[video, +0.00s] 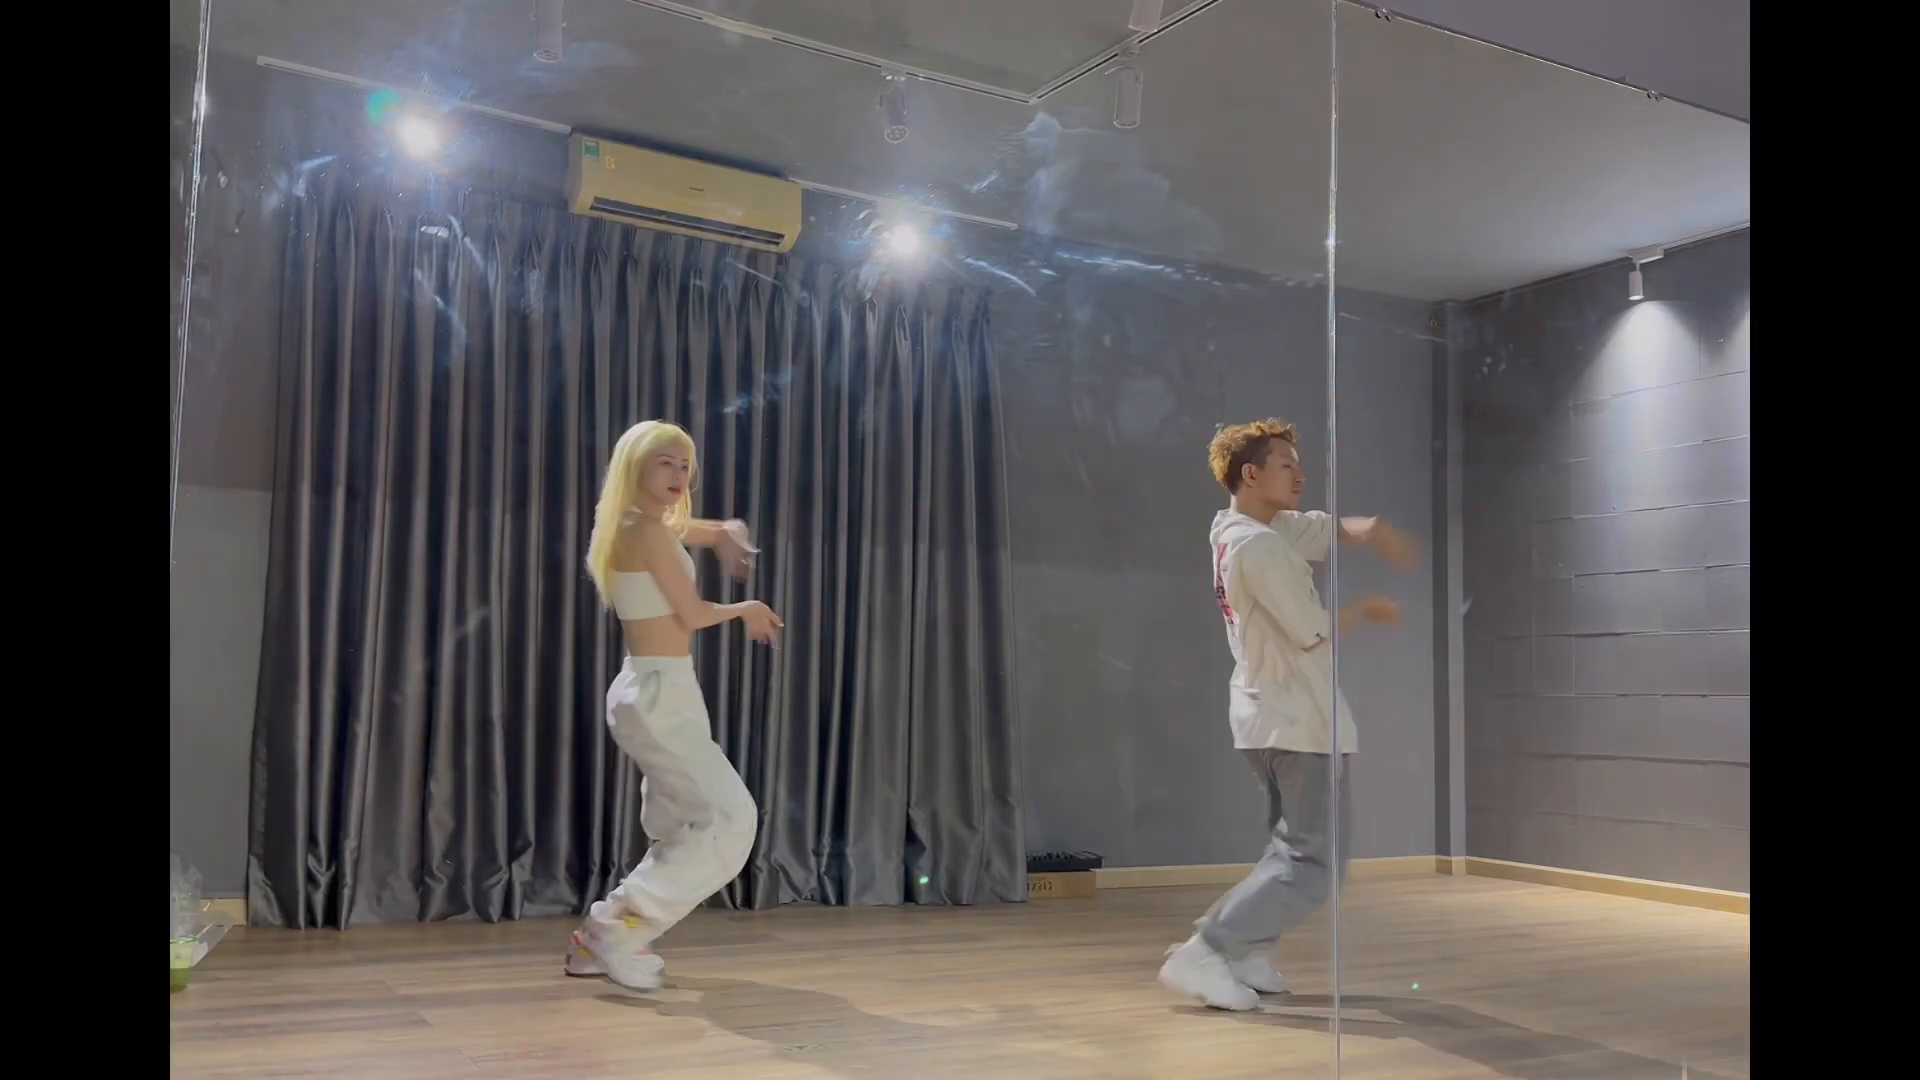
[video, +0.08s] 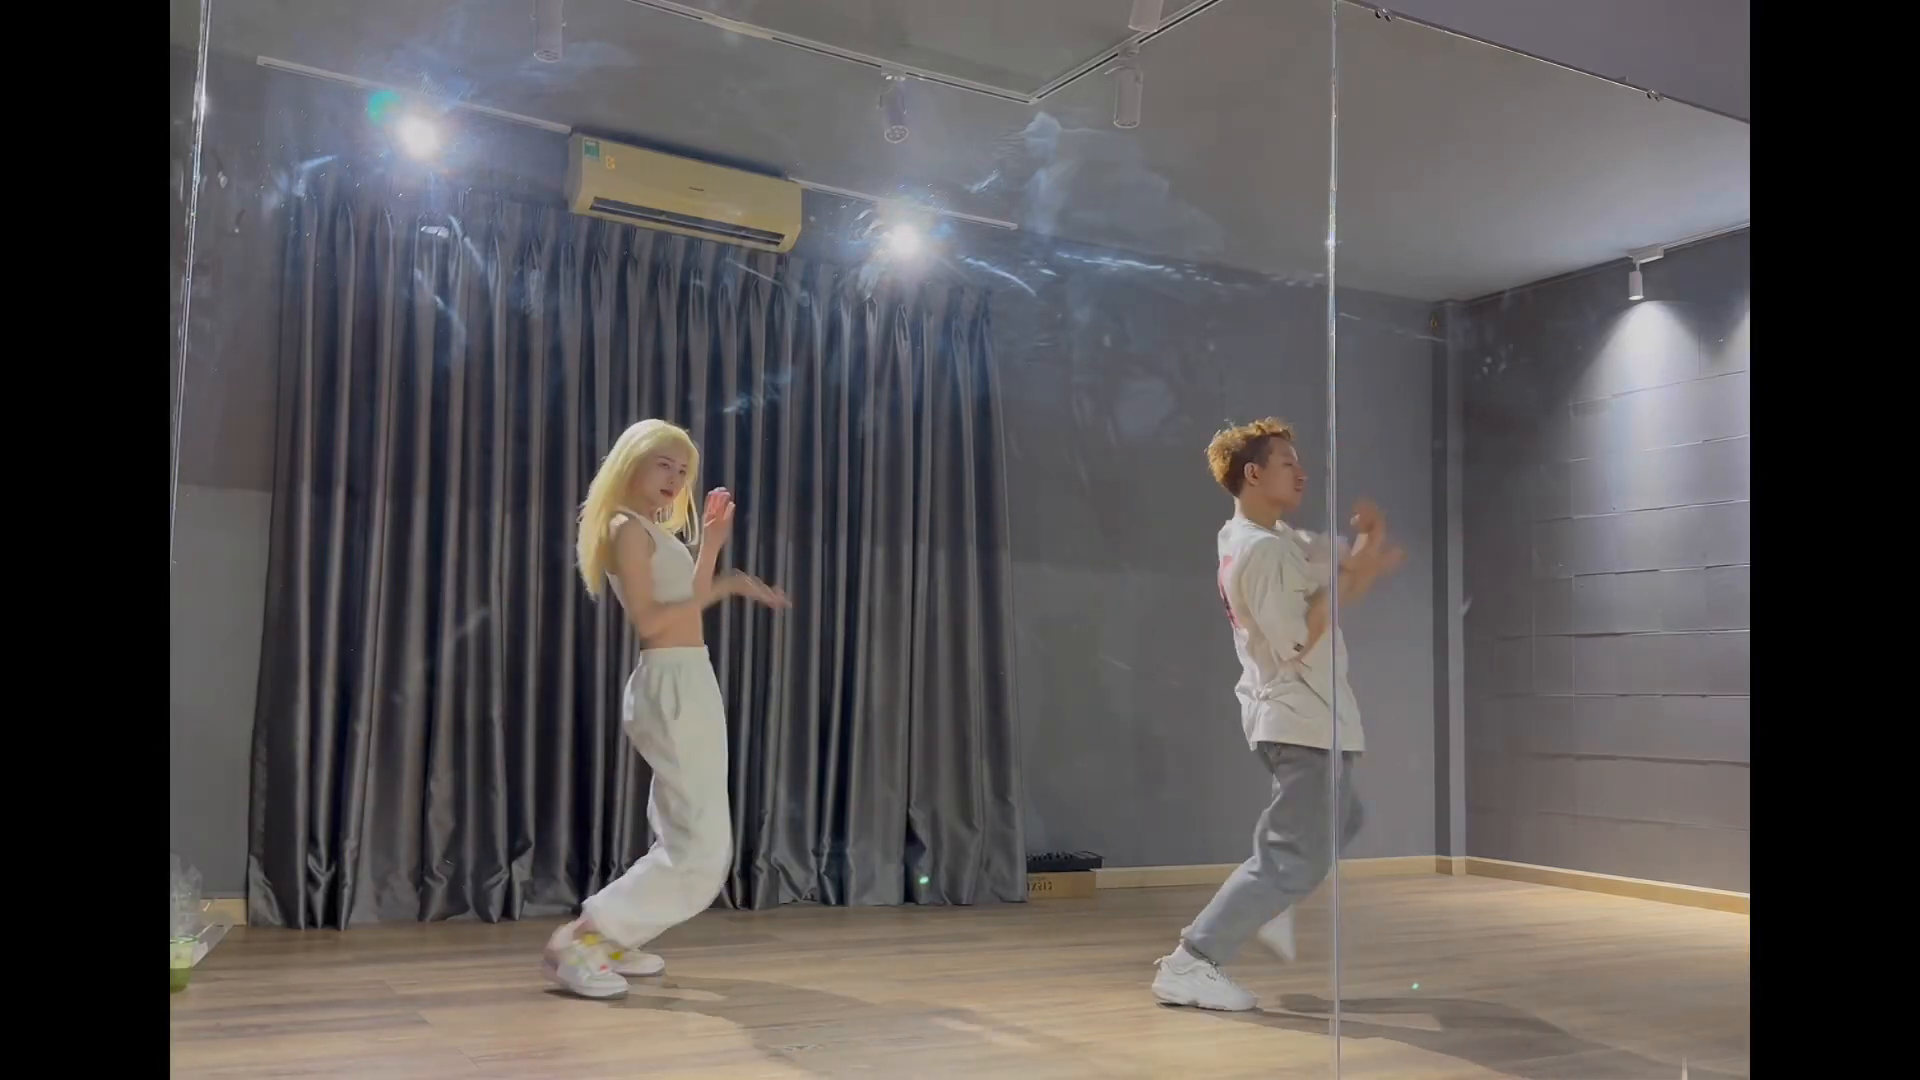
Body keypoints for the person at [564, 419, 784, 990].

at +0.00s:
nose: (680, 474)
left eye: (686, 467)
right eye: (667, 462)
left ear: (685, 477)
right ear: (634, 469)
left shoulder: (630, 527)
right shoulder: (649, 531)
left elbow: (705, 531)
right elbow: (691, 614)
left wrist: (726, 534)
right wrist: (746, 610)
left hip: (644, 697)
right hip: (661, 701)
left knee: (676, 835)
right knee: (735, 818)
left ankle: (605, 941)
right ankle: (617, 924)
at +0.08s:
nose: (674, 479)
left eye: (681, 473)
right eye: (664, 464)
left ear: (680, 484)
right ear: (630, 464)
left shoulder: (657, 532)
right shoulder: (630, 530)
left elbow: (690, 600)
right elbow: (647, 618)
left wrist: (713, 541)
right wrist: (725, 586)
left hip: (684, 685)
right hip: (672, 688)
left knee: (684, 842)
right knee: (702, 852)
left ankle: (609, 940)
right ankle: (583, 939)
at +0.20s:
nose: (686, 476)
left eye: (695, 468)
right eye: (676, 461)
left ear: (699, 475)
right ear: (644, 459)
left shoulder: (659, 523)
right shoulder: (633, 509)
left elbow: (646, 608)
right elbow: (666, 578)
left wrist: (723, 607)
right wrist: (708, 523)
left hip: (698, 682)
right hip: (672, 683)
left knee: (755, 811)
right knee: (668, 828)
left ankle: (664, 903)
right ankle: (577, 948)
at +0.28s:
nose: (705, 448)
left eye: (712, 438)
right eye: (692, 437)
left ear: (718, 447)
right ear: (661, 444)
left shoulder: (665, 501)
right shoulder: (682, 494)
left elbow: (666, 594)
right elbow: (750, 548)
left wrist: (715, 608)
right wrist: (771, 523)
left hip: (691, 673)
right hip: (674, 673)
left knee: (770, 796)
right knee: (661, 828)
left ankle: (736, 922)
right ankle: (576, 948)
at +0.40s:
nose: (744, 438)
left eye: (743, 430)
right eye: (729, 437)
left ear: (759, 443)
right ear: (712, 464)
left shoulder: (716, 501)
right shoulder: (741, 494)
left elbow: (691, 601)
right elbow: (831, 528)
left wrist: (742, 601)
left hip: (692, 672)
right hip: (669, 669)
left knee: (752, 808)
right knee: (639, 816)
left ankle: (788, 933)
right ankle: (574, 947)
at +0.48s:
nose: (781, 445)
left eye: (778, 437)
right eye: (763, 440)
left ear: (778, 453)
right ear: (738, 461)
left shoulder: (749, 514)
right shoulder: (755, 504)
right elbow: (846, 519)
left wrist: (759, 602)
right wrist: (936, 515)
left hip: (703, 673)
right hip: (674, 662)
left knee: (744, 810)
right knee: (628, 805)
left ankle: (789, 935)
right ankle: (574, 946)